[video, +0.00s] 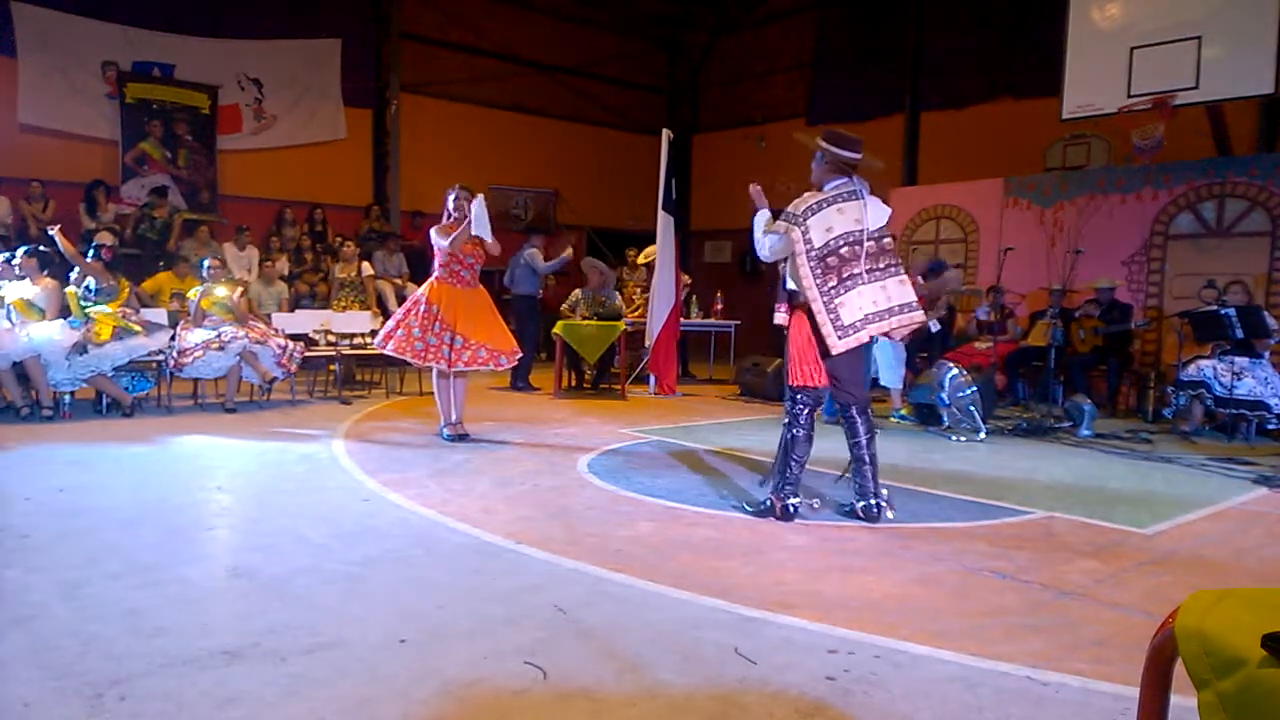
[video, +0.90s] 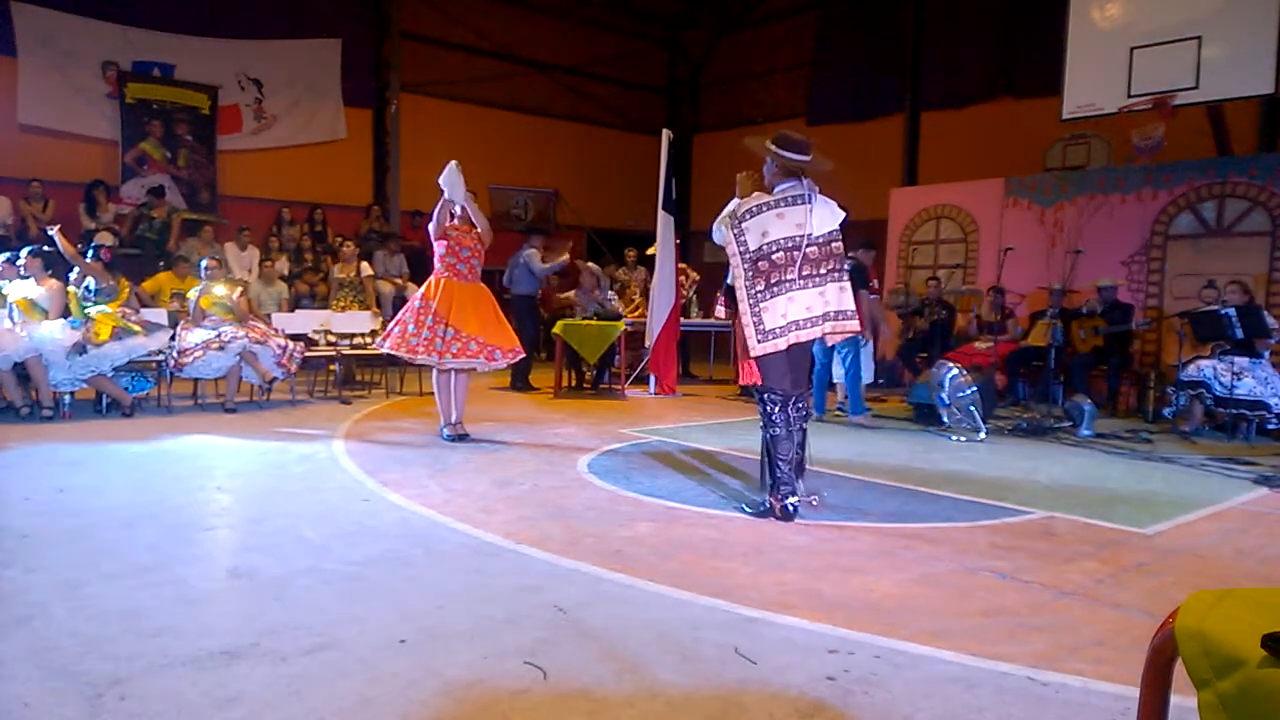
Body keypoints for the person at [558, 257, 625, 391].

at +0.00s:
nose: (590, 276)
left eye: (594, 273)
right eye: (591, 273)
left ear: (602, 277)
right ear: (588, 275)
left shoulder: (613, 295)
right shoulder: (579, 293)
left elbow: (619, 312)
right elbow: (563, 309)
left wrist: (598, 314)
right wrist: (575, 318)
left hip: (603, 333)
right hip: (581, 331)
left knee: (610, 349)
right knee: (569, 345)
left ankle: (597, 380)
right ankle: (578, 377)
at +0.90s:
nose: (583, 278)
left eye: (587, 275)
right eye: (582, 275)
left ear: (595, 279)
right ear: (579, 277)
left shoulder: (607, 295)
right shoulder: (575, 294)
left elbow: (616, 311)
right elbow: (555, 299)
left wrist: (600, 300)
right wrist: (571, 301)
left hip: (601, 330)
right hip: (579, 330)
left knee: (610, 348)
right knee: (570, 346)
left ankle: (597, 380)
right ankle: (579, 377)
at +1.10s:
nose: (578, 278)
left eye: (582, 275)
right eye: (579, 275)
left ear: (592, 278)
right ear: (578, 277)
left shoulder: (608, 294)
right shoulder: (575, 295)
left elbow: (618, 311)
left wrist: (600, 305)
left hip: (602, 331)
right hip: (580, 331)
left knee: (610, 348)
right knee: (570, 344)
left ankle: (597, 380)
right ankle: (579, 377)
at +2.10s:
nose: (594, 276)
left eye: (597, 273)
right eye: (593, 273)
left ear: (605, 278)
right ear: (588, 275)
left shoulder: (612, 297)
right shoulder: (579, 293)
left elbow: (621, 315)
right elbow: (565, 309)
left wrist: (600, 314)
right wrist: (578, 303)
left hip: (603, 332)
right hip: (580, 331)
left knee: (609, 348)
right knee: (571, 345)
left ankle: (597, 381)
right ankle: (579, 379)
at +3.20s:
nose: (595, 276)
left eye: (599, 273)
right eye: (593, 272)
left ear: (606, 277)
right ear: (590, 275)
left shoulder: (613, 296)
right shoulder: (580, 291)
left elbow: (620, 314)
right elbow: (569, 305)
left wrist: (606, 303)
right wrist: (583, 299)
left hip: (603, 329)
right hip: (582, 327)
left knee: (610, 348)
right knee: (570, 345)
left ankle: (597, 379)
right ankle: (579, 376)